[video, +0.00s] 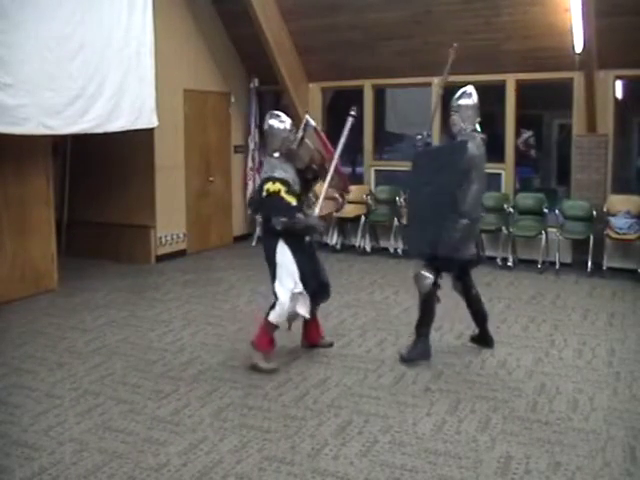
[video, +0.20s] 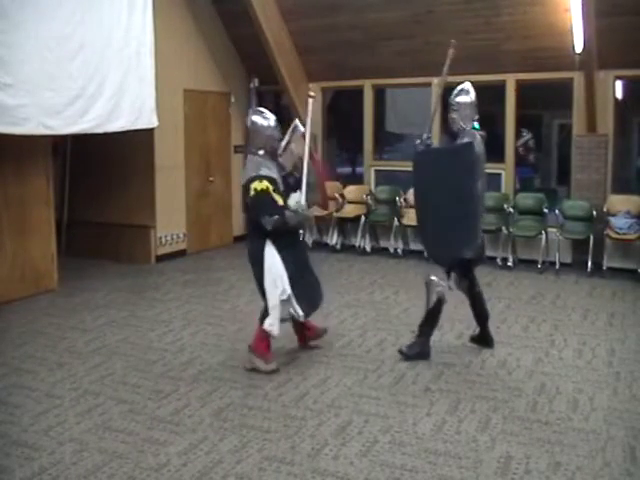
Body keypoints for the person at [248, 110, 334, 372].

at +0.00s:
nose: (310, 158)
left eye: (312, 154)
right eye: (306, 152)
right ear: (291, 150)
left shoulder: (293, 172)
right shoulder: (276, 176)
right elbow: (279, 216)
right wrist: (309, 223)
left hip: (297, 234)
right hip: (279, 237)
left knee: (313, 284)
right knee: (288, 289)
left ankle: (311, 333)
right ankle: (261, 343)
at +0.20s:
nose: (278, 142)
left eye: (277, 137)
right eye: (274, 138)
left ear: (261, 139)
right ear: (263, 140)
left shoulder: (272, 166)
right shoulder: (259, 175)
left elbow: (287, 190)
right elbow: (272, 220)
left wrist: (298, 160)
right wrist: (302, 216)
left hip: (281, 239)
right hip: (267, 244)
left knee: (294, 285)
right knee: (278, 293)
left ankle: (304, 328)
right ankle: (259, 346)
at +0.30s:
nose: (269, 136)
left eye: (268, 131)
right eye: (264, 131)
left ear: (259, 133)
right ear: (252, 133)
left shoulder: (265, 162)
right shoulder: (251, 170)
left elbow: (280, 188)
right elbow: (263, 215)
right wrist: (291, 211)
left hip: (274, 236)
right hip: (259, 240)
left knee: (285, 283)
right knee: (270, 288)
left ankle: (282, 330)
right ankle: (259, 342)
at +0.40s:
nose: (259, 132)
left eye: (259, 127)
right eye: (255, 127)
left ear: (249, 131)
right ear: (242, 131)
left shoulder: (254, 162)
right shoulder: (243, 170)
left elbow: (268, 188)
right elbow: (255, 212)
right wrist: (283, 204)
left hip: (260, 237)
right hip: (251, 241)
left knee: (264, 290)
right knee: (263, 293)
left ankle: (247, 337)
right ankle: (257, 351)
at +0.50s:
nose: (252, 135)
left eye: (252, 130)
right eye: (248, 130)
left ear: (238, 136)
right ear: (239, 135)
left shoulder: (244, 162)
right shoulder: (234, 171)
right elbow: (246, 211)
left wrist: (274, 196)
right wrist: (273, 202)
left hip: (241, 240)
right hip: (248, 244)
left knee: (239, 294)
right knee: (257, 294)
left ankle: (213, 336)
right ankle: (256, 353)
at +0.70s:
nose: (231, 139)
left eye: (231, 134)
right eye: (227, 134)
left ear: (213, 138)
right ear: (216, 137)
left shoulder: (219, 164)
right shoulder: (212, 171)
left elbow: (237, 187)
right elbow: (224, 214)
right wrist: (254, 203)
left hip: (221, 244)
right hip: (223, 246)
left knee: (206, 300)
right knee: (240, 297)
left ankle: (173, 349)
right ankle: (255, 355)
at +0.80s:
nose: (219, 135)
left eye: (218, 129)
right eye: (214, 129)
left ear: (200, 138)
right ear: (202, 136)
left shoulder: (201, 169)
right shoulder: (201, 175)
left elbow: (219, 196)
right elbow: (211, 215)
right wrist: (241, 210)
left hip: (196, 248)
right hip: (209, 249)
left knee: (188, 306)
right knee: (230, 297)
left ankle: (169, 363)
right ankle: (251, 356)